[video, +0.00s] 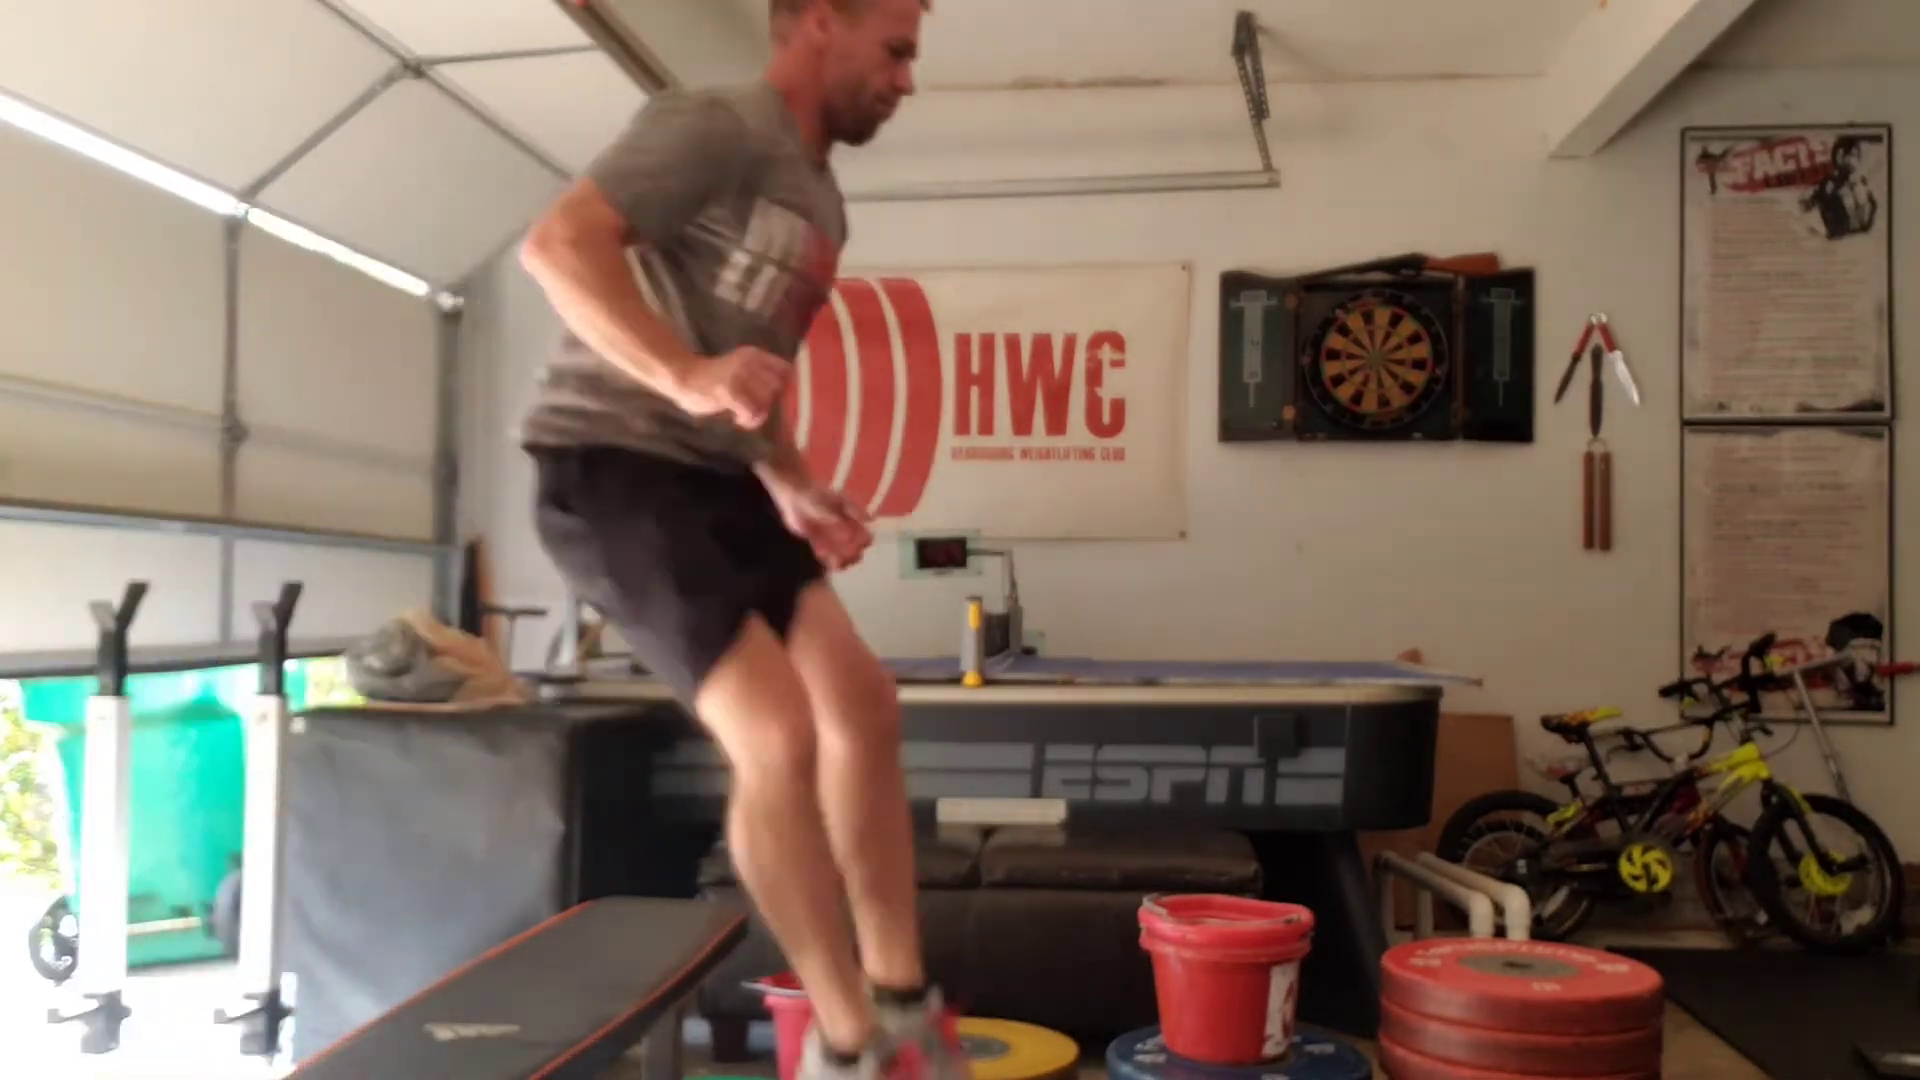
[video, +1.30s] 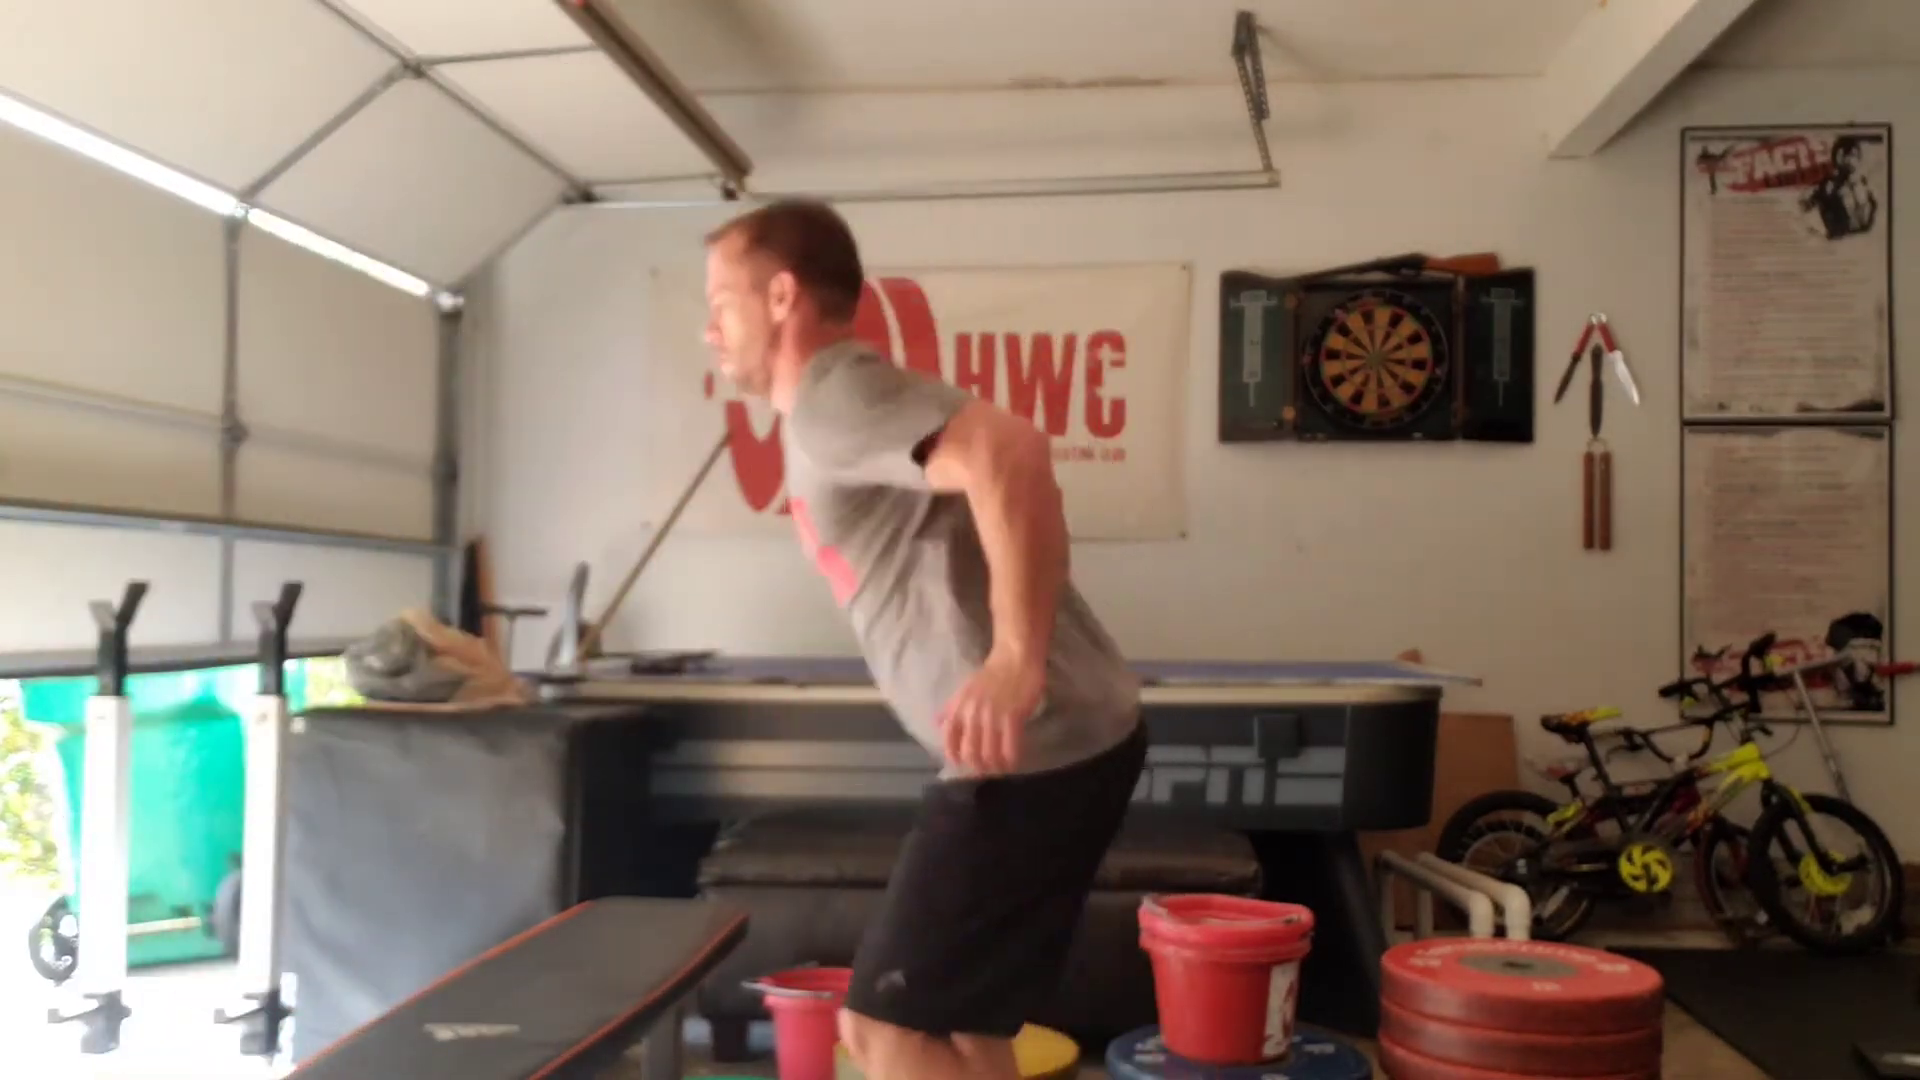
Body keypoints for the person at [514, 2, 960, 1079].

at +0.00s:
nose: (908, 82)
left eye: (912, 57)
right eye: (897, 49)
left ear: (823, 38)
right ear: (813, 27)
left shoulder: (818, 202)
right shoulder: (718, 125)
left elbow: (740, 366)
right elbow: (561, 243)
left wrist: (788, 479)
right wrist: (681, 373)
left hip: (719, 478)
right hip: (614, 467)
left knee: (860, 703)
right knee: (774, 729)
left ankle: (901, 1005)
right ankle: (850, 1042)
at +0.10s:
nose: (937, 185)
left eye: (940, 160)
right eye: (924, 154)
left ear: (847, 144)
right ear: (841, 136)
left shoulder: (852, 272)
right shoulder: (763, 232)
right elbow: (601, 348)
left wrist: (867, 569)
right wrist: (732, 471)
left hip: (857, 626)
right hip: (769, 635)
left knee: (943, 917)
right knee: (850, 966)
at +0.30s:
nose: (966, 229)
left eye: (973, 210)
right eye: (939, 211)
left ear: (981, 223)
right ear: (866, 227)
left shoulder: (1004, 398)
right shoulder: (810, 379)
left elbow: (1055, 562)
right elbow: (747, 560)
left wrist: (1116, 603)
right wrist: (909, 639)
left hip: (1004, 753)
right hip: (875, 754)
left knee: (1063, 1012)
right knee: (945, 1040)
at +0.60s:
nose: (924, 196)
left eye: (947, 172)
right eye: (916, 177)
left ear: (1026, 172)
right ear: (909, 190)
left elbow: (1226, 507)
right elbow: (865, 534)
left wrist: (1130, 571)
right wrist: (866, 581)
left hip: (1085, 751)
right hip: (941, 749)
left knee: (1132, 1040)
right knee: (921, 1020)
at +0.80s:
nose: (929, 207)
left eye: (942, 180)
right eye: (927, 185)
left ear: (1015, 168)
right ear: (1004, 175)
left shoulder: (1096, 312)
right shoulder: (1008, 332)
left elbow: (1150, 506)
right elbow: (1016, 534)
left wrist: (966, 589)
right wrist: (911, 614)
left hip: (1114, 744)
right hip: (1019, 736)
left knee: (1155, 1029)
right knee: (947, 959)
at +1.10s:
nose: (837, 231)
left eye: (847, 204)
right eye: (835, 208)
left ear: (912, 191)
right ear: (918, 196)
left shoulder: (960, 306)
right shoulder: (966, 306)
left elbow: (999, 472)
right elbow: (1011, 500)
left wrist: (870, 649)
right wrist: (961, 639)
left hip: (1062, 719)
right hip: (1059, 710)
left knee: (1006, 1022)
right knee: (1038, 1021)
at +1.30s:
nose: (708, 330)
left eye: (720, 302)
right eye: (709, 306)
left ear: (783, 297)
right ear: (788, 300)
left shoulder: (832, 393)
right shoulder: (839, 394)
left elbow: (1009, 455)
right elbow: (1008, 462)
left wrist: (1017, 655)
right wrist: (1011, 662)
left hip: (1029, 748)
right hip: (1060, 738)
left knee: (884, 1026)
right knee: (970, 1031)